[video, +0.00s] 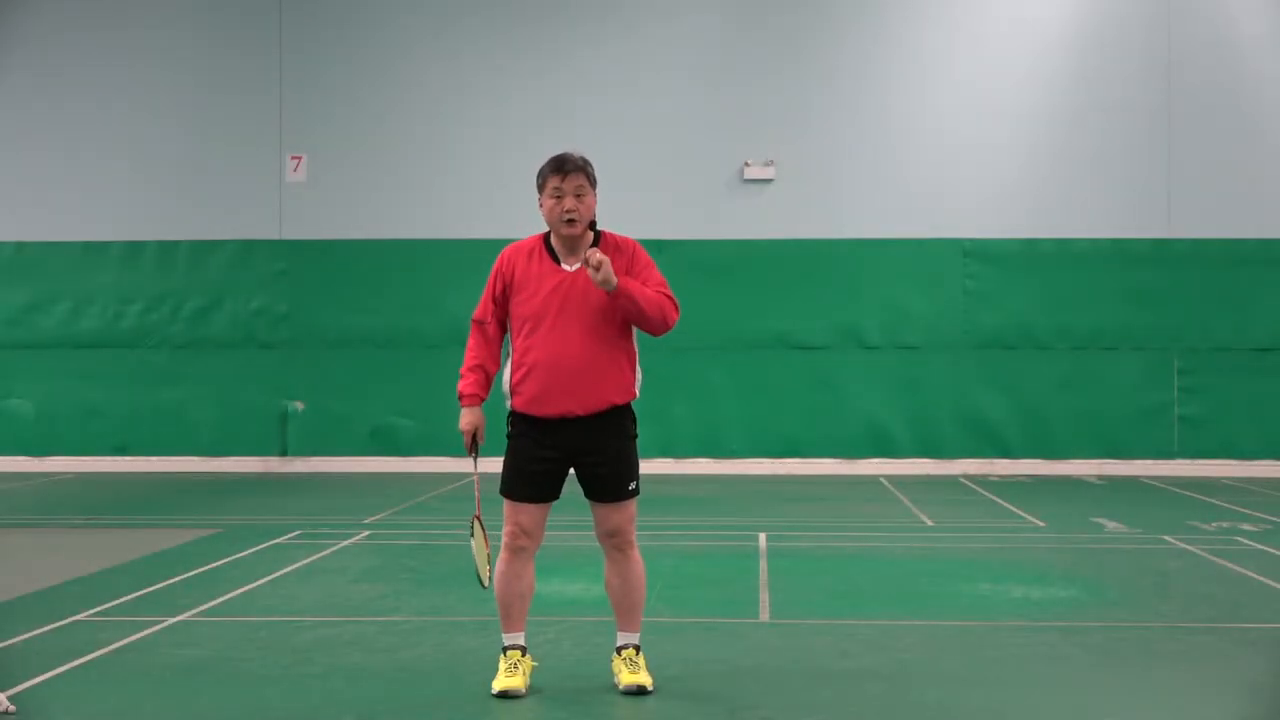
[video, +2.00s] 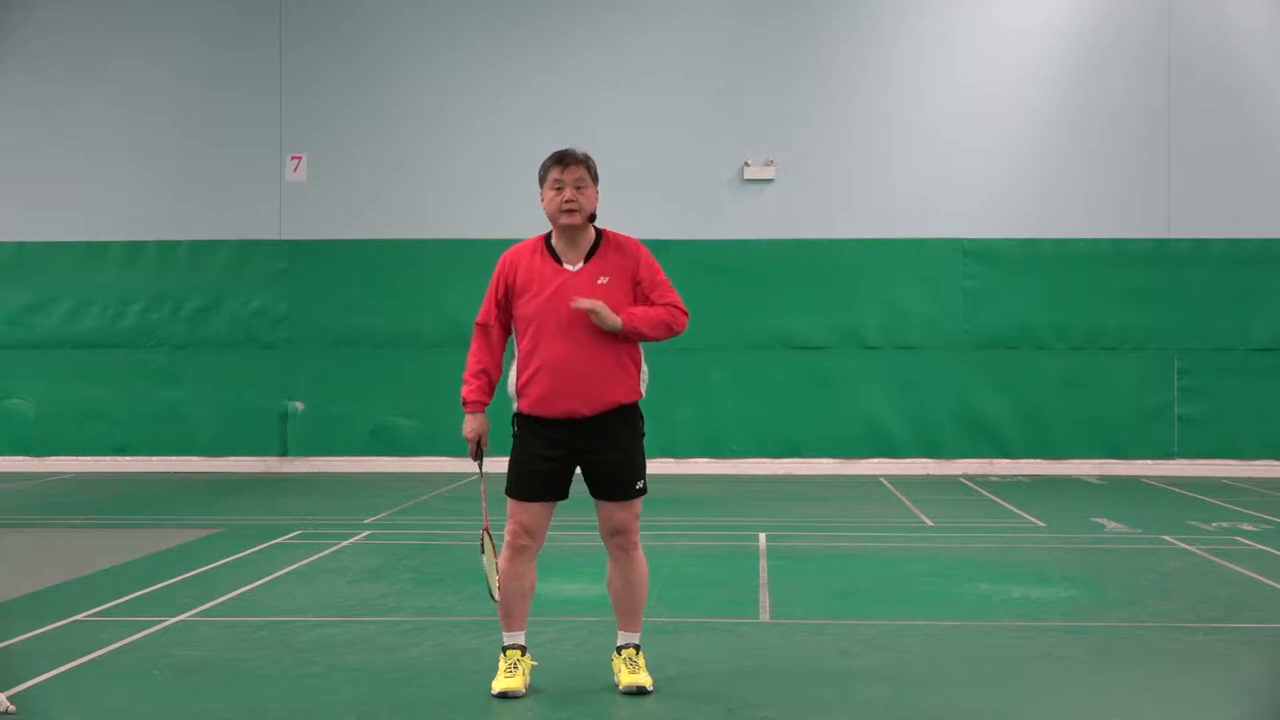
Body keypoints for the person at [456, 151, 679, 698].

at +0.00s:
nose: (568, 205)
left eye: (578, 195)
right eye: (557, 196)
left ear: (594, 199)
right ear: (541, 204)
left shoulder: (624, 254)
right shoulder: (514, 261)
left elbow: (663, 317)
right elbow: (486, 330)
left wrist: (614, 286)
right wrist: (471, 401)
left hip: (607, 420)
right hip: (533, 423)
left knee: (619, 536)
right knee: (518, 538)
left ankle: (629, 650)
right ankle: (513, 652)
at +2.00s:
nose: (568, 195)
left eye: (579, 186)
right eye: (557, 187)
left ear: (596, 196)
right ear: (542, 198)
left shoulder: (628, 255)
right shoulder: (516, 263)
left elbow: (674, 316)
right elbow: (489, 334)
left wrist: (620, 321)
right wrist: (476, 407)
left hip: (613, 420)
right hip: (539, 423)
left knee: (623, 535)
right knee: (521, 536)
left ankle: (629, 650)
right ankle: (513, 651)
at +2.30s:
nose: (603, 187)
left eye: (614, 180)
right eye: (592, 181)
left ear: (631, 196)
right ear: (576, 198)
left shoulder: (663, 259)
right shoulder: (551, 261)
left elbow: (691, 322)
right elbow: (518, 330)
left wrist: (678, 340)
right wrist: (501, 401)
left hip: (642, 422)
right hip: (569, 420)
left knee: (640, 543)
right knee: (531, 538)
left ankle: (631, 650)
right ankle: (516, 647)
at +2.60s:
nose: (635, 189)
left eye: (645, 182)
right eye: (623, 182)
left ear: (661, 195)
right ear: (606, 197)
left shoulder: (689, 262)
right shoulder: (578, 259)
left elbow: (710, 328)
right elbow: (545, 329)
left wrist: (701, 345)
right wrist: (533, 401)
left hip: (662, 419)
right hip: (591, 416)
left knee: (647, 547)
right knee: (569, 536)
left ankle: (633, 650)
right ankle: (553, 642)